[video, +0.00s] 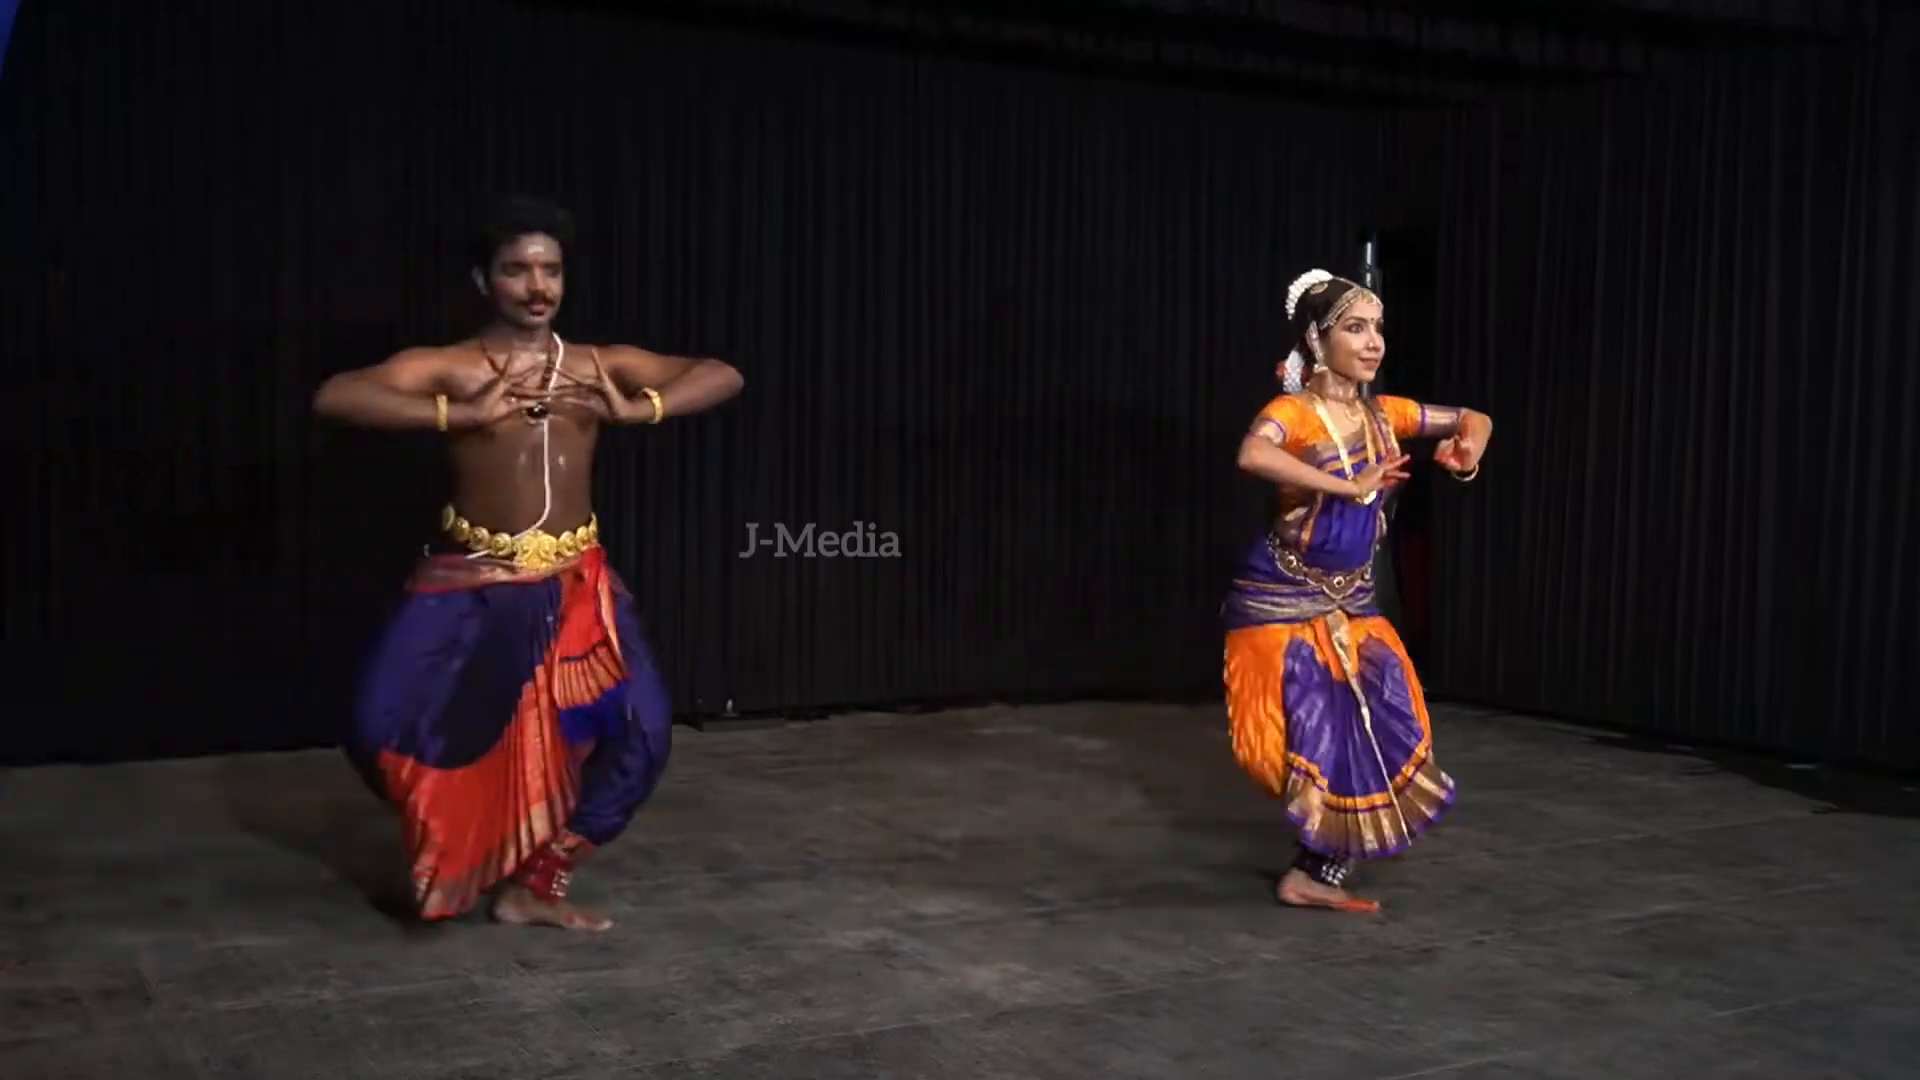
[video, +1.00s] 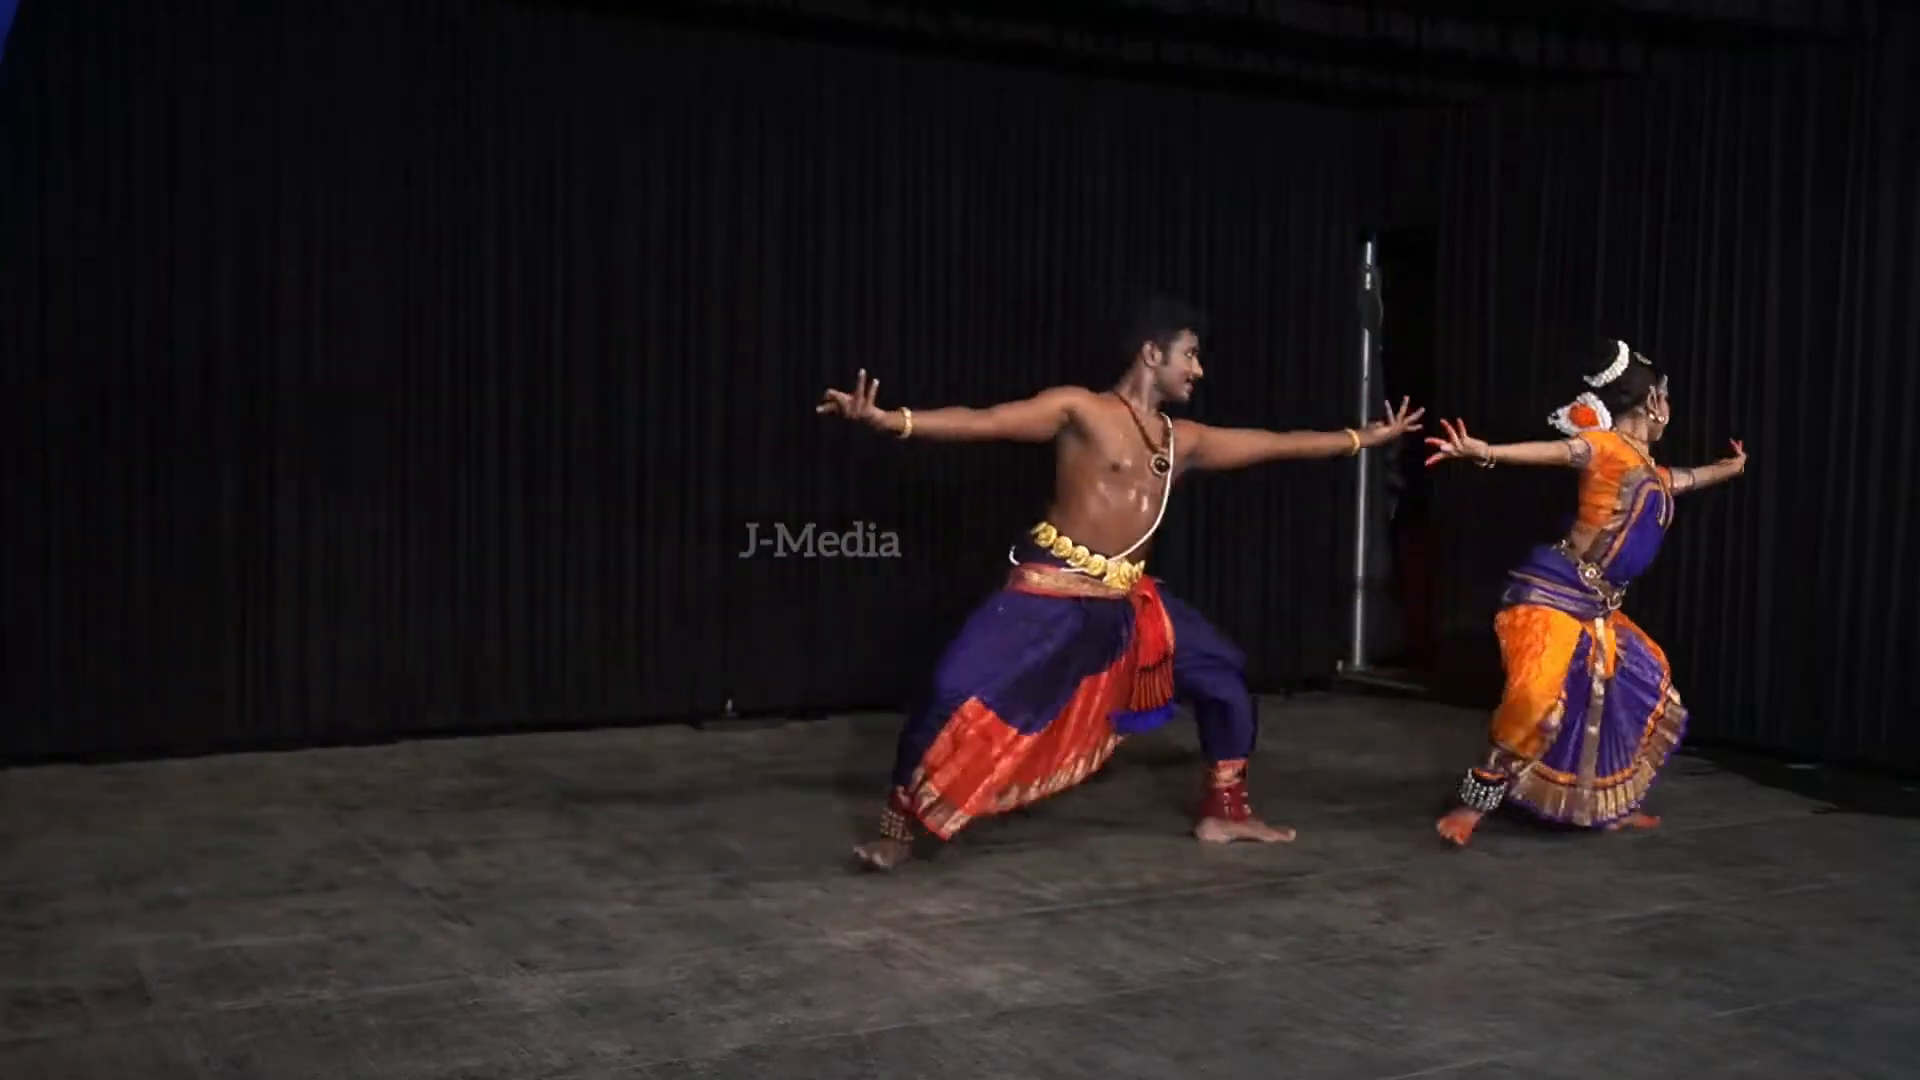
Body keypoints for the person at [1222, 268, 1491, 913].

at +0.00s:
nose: (1374, 342)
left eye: (1379, 329)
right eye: (1357, 328)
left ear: (1383, 339)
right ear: (1318, 340)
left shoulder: (1385, 412)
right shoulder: (1293, 411)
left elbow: (1476, 420)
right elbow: (1254, 455)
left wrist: (1471, 442)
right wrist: (1349, 485)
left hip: (1351, 607)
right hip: (1279, 607)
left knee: (1392, 721)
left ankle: (1314, 875)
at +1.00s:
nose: (1669, 407)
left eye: (1666, 398)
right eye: (1665, 398)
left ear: (1637, 406)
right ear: (1650, 405)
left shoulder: (1653, 472)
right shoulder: (1605, 446)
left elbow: (1690, 478)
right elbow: (1553, 452)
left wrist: (1735, 467)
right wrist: (1488, 451)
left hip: (1599, 612)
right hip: (1551, 598)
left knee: (1651, 690)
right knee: (1535, 696)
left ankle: (1606, 802)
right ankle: (1476, 803)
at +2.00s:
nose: (1651, 362)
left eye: (1656, 352)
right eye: (1637, 350)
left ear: (1658, 364)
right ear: (1602, 360)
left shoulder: (1652, 430)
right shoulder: (1577, 421)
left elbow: (1718, 441)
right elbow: (1544, 462)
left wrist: (1724, 456)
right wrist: (1621, 494)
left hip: (1600, 588)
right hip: (1540, 580)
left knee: (1656, 666)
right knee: (1522, 685)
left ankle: (1647, 795)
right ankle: (1522, 830)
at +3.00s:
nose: (1410, 355)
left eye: (1416, 344)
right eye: (1394, 342)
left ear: (1421, 357)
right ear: (1358, 354)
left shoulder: (1426, 438)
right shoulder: (1327, 424)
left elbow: (1517, 492)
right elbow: (1304, 494)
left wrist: (1489, 487)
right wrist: (1389, 496)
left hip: (1373, 609)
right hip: (1295, 600)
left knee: (1412, 714)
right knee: (1251, 709)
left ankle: (1341, 851)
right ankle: (1265, 847)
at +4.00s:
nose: (1438, 352)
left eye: (1445, 338)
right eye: (1424, 336)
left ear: (1448, 343)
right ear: (1384, 339)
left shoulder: (1444, 409)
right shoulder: (1346, 401)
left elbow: (1535, 434)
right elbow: (1252, 418)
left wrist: (1507, 458)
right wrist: (1351, 438)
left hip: (1408, 594)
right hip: (1336, 591)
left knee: (1440, 731)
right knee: (1369, 723)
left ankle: (1353, 858)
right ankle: (1394, 880)